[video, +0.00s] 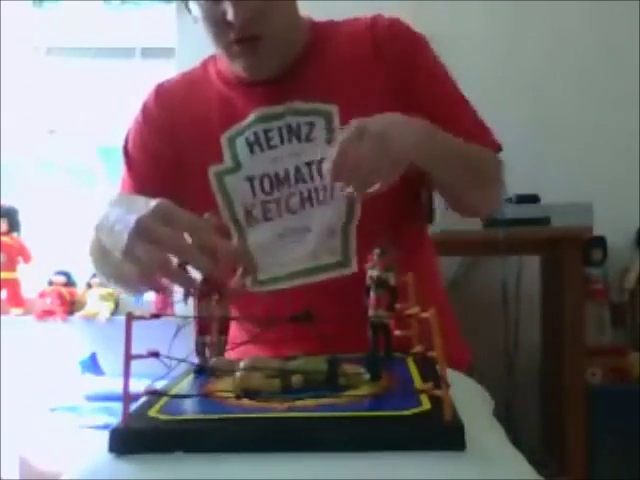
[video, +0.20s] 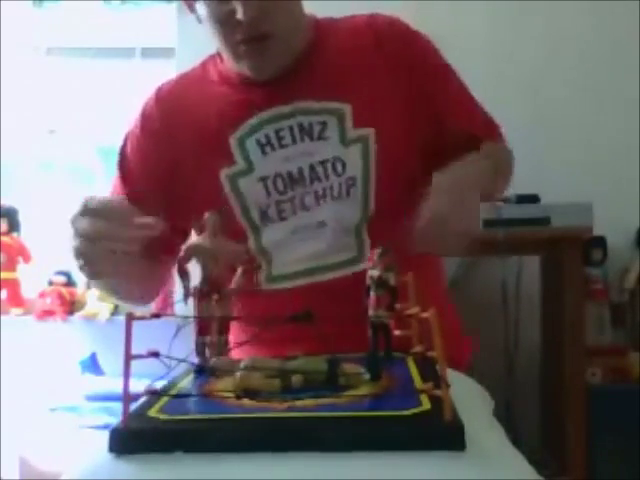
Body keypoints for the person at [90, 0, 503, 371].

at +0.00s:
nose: (233, 15)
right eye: (212, 0)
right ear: (193, 8)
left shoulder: (382, 50)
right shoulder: (169, 111)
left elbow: (484, 195)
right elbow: (130, 270)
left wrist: (415, 140)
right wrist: (116, 229)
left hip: (405, 372)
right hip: (252, 384)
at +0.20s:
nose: (240, 14)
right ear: (192, 7)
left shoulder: (386, 49)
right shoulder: (170, 113)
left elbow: (491, 153)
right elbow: (144, 289)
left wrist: (462, 182)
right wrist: (103, 251)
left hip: (411, 367)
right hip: (254, 384)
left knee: (503, 473)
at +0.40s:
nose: (259, 17)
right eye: (237, 4)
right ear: (216, 10)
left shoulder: (402, 49)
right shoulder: (188, 111)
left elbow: (486, 166)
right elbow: (154, 268)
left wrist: (523, 283)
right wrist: (62, 286)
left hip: (427, 375)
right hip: (278, 397)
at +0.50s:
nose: (261, 17)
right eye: (240, 4)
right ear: (220, 8)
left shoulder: (407, 49)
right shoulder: (193, 108)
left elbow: (489, 170)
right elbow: (159, 261)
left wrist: (529, 286)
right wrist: (60, 298)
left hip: (428, 380)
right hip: (279, 400)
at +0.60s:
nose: (276, 14)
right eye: (258, 2)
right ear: (239, 6)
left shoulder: (425, 52)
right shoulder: (207, 105)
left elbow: (502, 182)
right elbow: (169, 252)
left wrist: (555, 298)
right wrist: (67, 336)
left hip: (440, 384)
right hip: (289, 398)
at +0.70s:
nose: (312, 8)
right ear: (278, 1)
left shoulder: (460, 57)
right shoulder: (236, 100)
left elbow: (535, 192)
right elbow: (187, 252)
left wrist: (590, 304)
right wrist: (115, 354)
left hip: (463, 391)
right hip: (318, 402)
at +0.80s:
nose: (352, 8)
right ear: (319, 3)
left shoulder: (492, 62)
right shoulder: (273, 97)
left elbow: (566, 201)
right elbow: (238, 243)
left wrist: (609, 309)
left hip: (492, 399)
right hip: (342, 408)